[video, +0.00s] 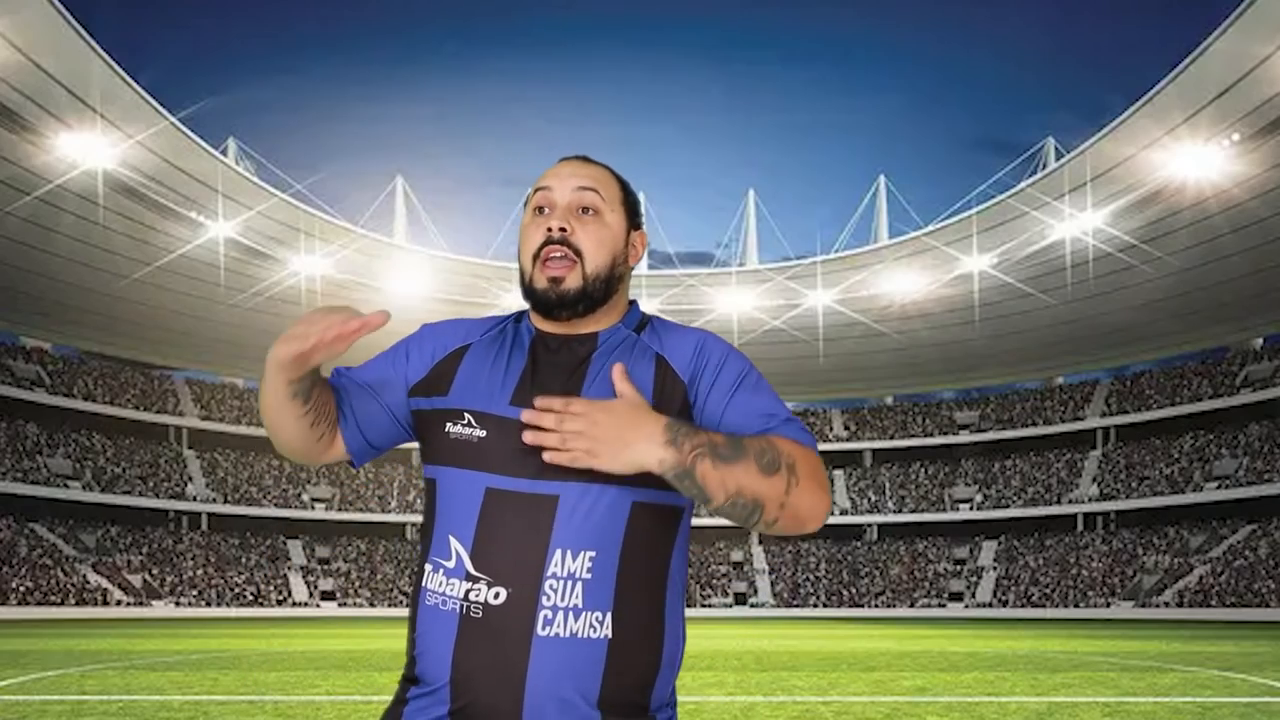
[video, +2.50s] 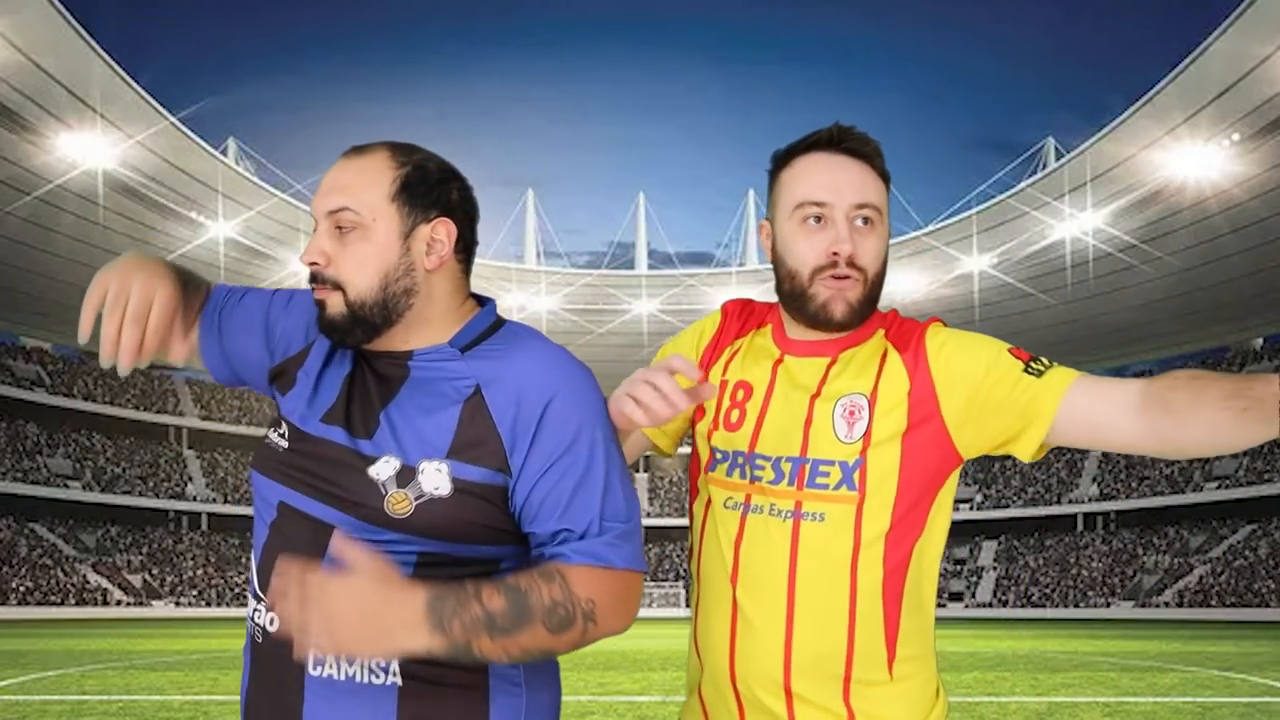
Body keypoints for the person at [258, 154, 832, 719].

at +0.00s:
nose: (555, 225)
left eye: (584, 212)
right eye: (540, 210)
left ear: (633, 247)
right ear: (519, 241)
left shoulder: (694, 365)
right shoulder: (444, 353)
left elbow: (806, 500)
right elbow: (318, 437)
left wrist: (663, 444)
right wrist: (286, 373)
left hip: (612, 706)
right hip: (440, 700)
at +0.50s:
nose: (466, 231)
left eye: (497, 222)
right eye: (453, 223)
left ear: (543, 265)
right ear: (435, 259)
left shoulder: (594, 374)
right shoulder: (374, 364)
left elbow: (717, 494)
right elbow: (238, 448)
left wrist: (579, 480)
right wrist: (365, 380)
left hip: (524, 705)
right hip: (355, 702)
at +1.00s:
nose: (359, 235)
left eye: (391, 220)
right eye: (347, 221)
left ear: (443, 254)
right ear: (328, 245)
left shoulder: (501, 374)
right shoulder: (284, 322)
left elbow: (618, 507)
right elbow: (212, 177)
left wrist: (496, 465)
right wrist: (164, 20)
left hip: (443, 708)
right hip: (269, 706)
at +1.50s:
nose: (374, 227)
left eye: (407, 212)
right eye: (360, 214)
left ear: (463, 247)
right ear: (341, 243)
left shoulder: (529, 359)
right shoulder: (306, 325)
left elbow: (662, 487)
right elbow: (193, 210)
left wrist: (521, 445)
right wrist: (152, 46)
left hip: (478, 705)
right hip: (306, 702)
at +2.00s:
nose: (339, 248)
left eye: (375, 228)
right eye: (327, 228)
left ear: (440, 261)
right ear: (311, 254)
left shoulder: (518, 378)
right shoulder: (259, 358)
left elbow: (595, 565)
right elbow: (75, 403)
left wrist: (471, 519)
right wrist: (222, 421)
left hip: (465, 705)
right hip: (283, 702)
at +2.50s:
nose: (311, 251)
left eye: (343, 226)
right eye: (315, 228)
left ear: (435, 244)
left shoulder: (543, 388)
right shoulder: (301, 335)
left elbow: (605, 590)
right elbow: (182, 316)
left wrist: (412, 614)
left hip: (464, 708)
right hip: (283, 703)